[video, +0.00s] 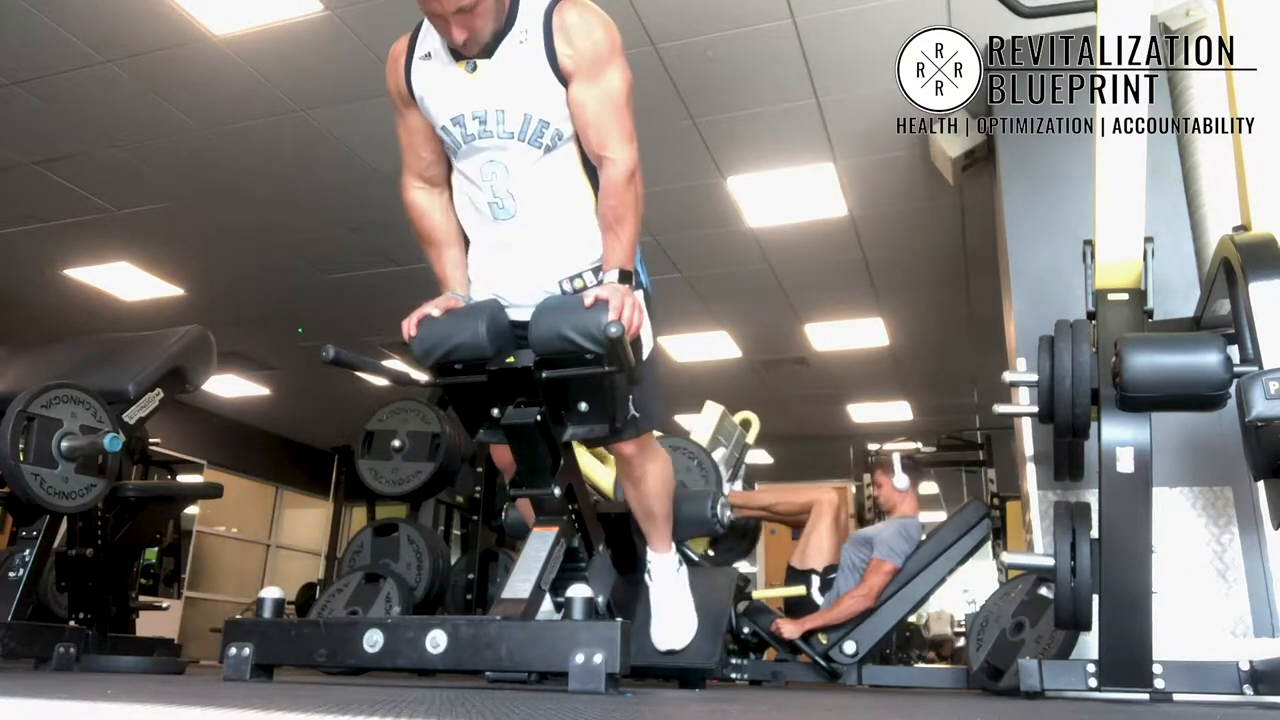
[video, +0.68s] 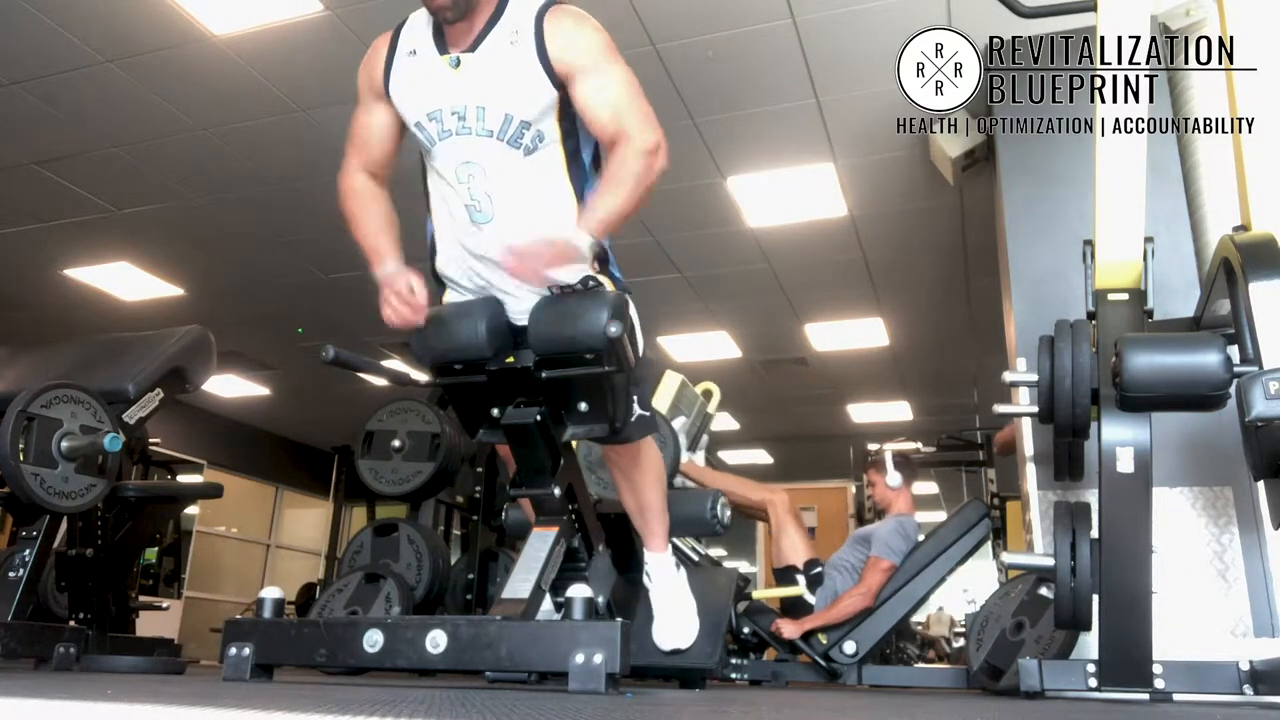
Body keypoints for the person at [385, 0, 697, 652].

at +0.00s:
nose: (454, 31)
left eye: (466, 10)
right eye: (438, 16)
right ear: (420, 7)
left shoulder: (574, 27)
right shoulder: (409, 61)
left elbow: (617, 160)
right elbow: (424, 180)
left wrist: (618, 277)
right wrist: (453, 287)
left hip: (588, 277)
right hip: (491, 292)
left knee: (630, 437)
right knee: (503, 444)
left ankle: (663, 566)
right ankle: (553, 552)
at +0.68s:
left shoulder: (559, 30)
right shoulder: (388, 58)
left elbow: (642, 143)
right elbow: (363, 173)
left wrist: (583, 235)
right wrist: (389, 267)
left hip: (572, 288)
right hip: (472, 297)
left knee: (621, 418)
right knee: (503, 430)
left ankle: (658, 562)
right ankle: (546, 536)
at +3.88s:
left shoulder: (568, 10)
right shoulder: (412, 44)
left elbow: (487, 11)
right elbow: (335, 28)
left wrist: (394, 11)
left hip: (579, 266)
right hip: (474, 283)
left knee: (629, 421)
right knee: (510, 438)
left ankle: (660, 561)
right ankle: (543, 552)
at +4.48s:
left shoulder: (542, 11)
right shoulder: (379, 49)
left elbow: (463, 51)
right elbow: (293, 82)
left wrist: (363, 40)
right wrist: (407, 7)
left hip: (577, 283)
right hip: (475, 303)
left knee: (629, 426)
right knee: (520, 437)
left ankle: (660, 559)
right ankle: (546, 530)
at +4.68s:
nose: (354, 5)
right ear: (335, 8)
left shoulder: (506, 51)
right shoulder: (331, 87)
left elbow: (451, 166)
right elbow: (274, 205)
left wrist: (337, 130)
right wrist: (392, 101)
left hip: (571, 291)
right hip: (471, 309)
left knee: (628, 420)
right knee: (509, 442)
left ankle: (660, 564)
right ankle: (550, 540)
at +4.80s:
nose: (334, 87)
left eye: (353, 60)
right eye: (319, 65)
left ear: (409, 42)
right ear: (306, 62)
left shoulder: (492, 110)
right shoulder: (300, 157)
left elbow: (455, 276)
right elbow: (281, 306)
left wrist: (343, 225)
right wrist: (388, 204)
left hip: (573, 293)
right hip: (472, 315)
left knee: (627, 413)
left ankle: (661, 564)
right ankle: (548, 533)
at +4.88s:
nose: (329, 141)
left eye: (346, 113)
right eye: (311, 118)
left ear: (401, 81)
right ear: (295, 106)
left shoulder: (491, 146)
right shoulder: (296, 190)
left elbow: (463, 326)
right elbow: (288, 350)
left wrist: (349, 270)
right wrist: (387, 254)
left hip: (571, 298)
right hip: (470, 329)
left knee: (625, 410)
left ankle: (661, 563)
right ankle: (550, 529)